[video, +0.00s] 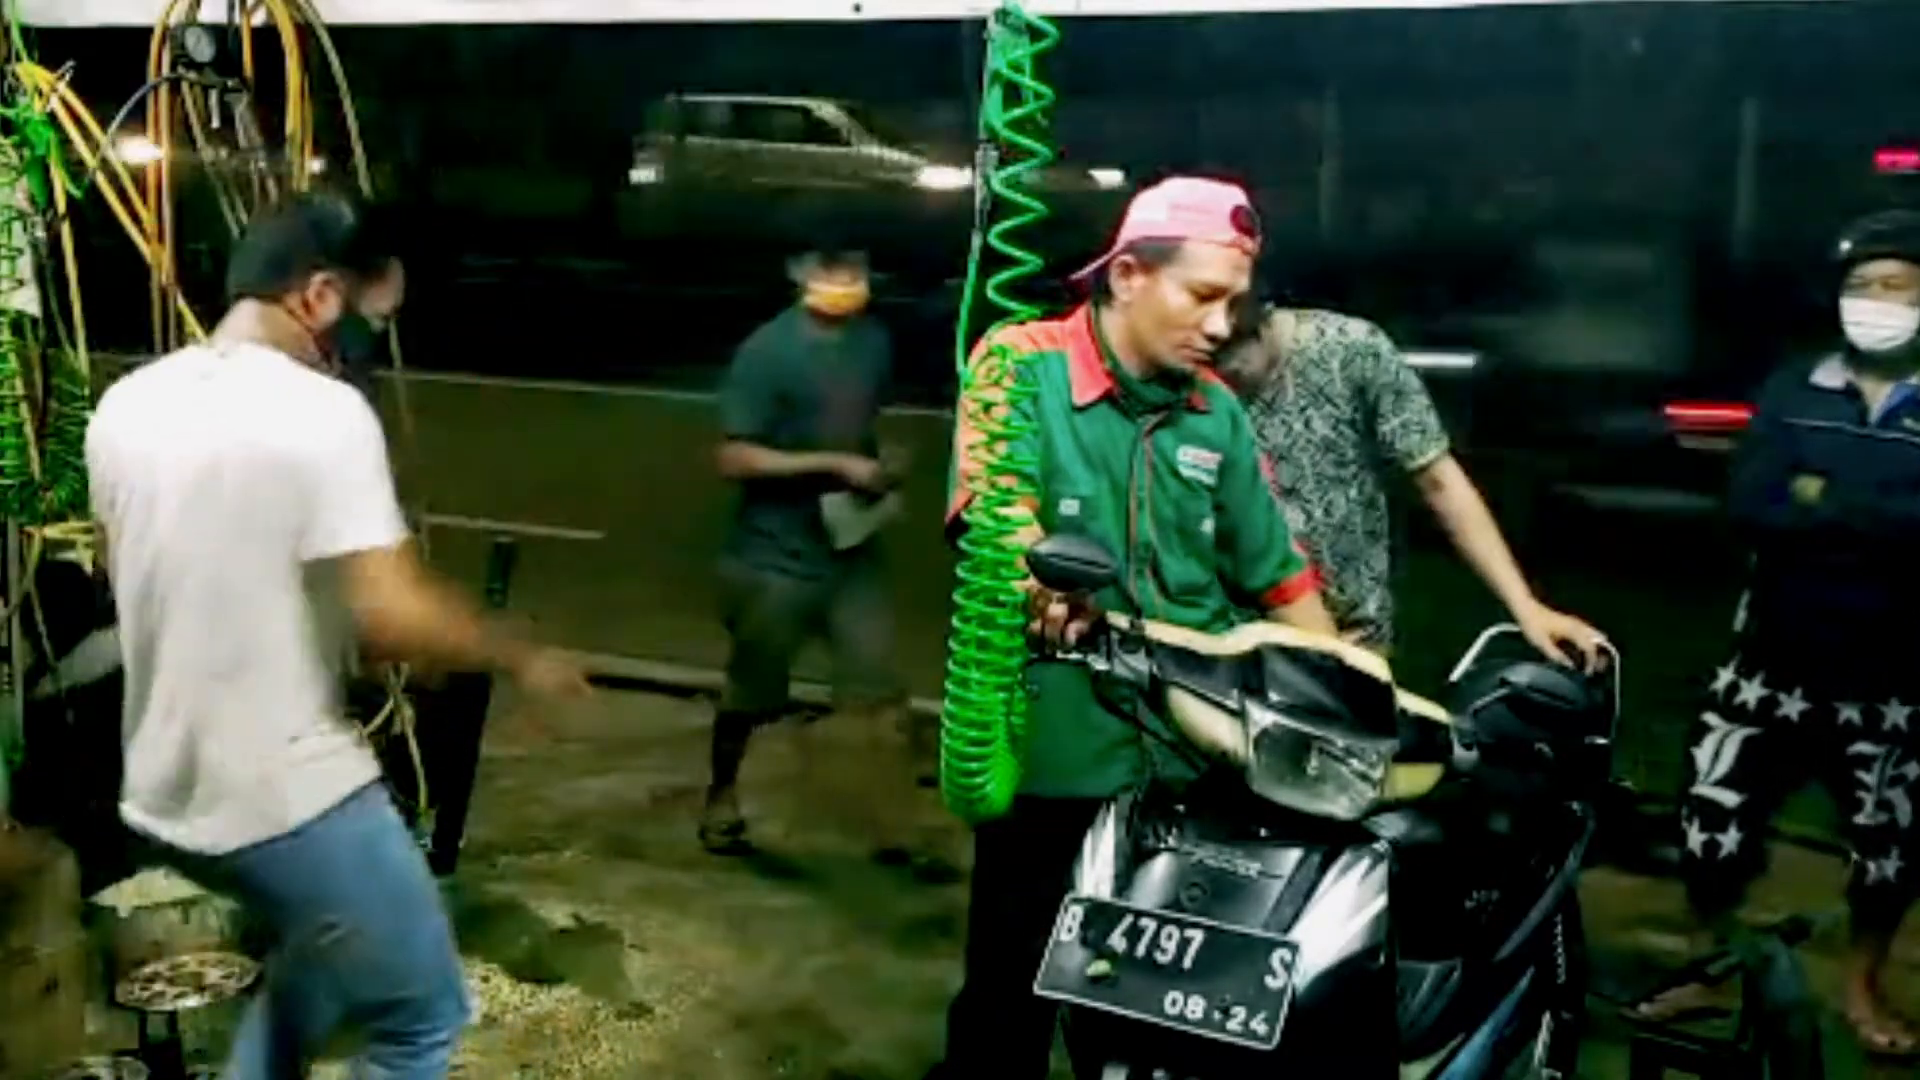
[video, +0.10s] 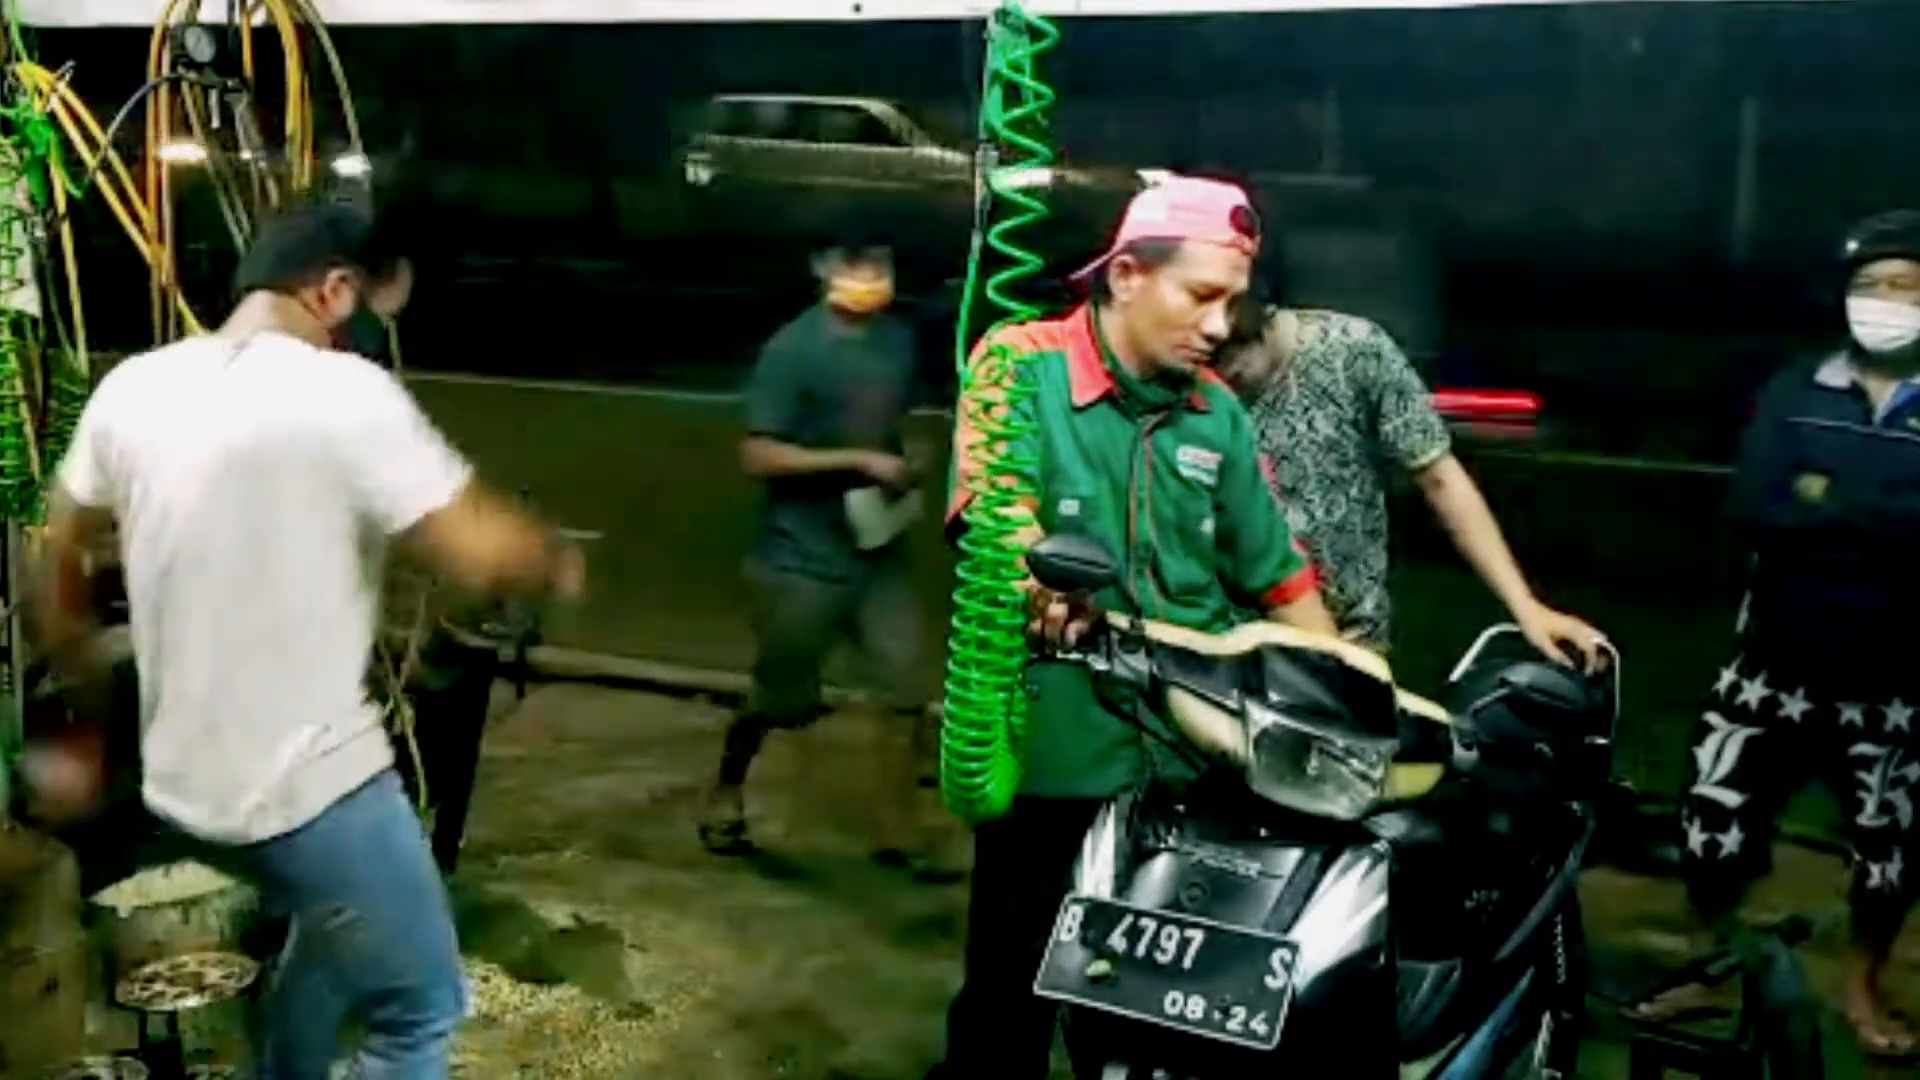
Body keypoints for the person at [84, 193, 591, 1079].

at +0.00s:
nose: (355, 335)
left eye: (362, 316)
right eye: (354, 313)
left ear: (240, 293)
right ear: (311, 296)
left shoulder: (123, 407)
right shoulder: (326, 415)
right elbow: (388, 610)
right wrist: (520, 655)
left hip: (162, 781)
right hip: (291, 786)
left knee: (302, 969)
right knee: (424, 1017)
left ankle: (253, 1070)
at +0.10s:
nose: (359, 333)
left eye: (367, 319)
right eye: (364, 314)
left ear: (250, 283)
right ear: (331, 289)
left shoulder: (131, 388)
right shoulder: (346, 393)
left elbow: (60, 567)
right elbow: (479, 551)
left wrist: (78, 657)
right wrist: (547, 556)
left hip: (185, 775)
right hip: (316, 780)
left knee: (326, 932)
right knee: (418, 1012)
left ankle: (289, 1068)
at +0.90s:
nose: (500, 282)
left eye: (508, 264)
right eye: (490, 258)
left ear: (419, 244)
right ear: (420, 234)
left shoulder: (416, 329)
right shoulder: (374, 317)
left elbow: (539, 369)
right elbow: (274, 444)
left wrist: (611, 303)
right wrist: (311, 616)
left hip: (386, 686)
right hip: (440, 684)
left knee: (387, 880)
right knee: (524, 882)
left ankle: (322, 1067)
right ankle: (512, 1062)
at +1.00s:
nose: (524, 268)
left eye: (537, 249)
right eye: (505, 243)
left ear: (546, 238)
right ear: (435, 228)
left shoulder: (467, 314)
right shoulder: (406, 308)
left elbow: (566, 354)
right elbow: (295, 429)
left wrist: (630, 353)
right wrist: (352, 598)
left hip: (431, 670)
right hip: (471, 670)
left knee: (432, 860)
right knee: (545, 881)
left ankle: (344, 1061)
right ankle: (518, 1061)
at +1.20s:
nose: (571, 280)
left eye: (586, 261)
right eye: (550, 255)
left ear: (599, 264)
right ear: (487, 250)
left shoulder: (516, 362)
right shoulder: (472, 367)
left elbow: (551, 530)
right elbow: (461, 541)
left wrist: (632, 610)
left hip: (545, 668)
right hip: (491, 687)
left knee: (633, 821)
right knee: (596, 887)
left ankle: (466, 975)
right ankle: (526, 1058)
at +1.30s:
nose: (585, 280)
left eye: (598, 261)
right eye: (564, 256)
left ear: (607, 261)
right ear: (499, 254)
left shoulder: (524, 355)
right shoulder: (486, 361)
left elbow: (523, 521)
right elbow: (508, 520)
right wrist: (678, 545)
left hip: (560, 666)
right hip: (505, 685)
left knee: (657, 810)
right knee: (607, 888)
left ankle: (543, 975)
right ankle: (527, 1055)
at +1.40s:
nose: (596, 267)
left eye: (611, 250)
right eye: (576, 243)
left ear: (621, 251)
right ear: (517, 243)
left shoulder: (549, 334)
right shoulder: (499, 329)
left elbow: (544, 474)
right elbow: (561, 458)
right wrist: (708, 423)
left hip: (582, 652)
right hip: (526, 669)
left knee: (655, 814)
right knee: (602, 880)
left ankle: (633, 996)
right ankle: (524, 1056)